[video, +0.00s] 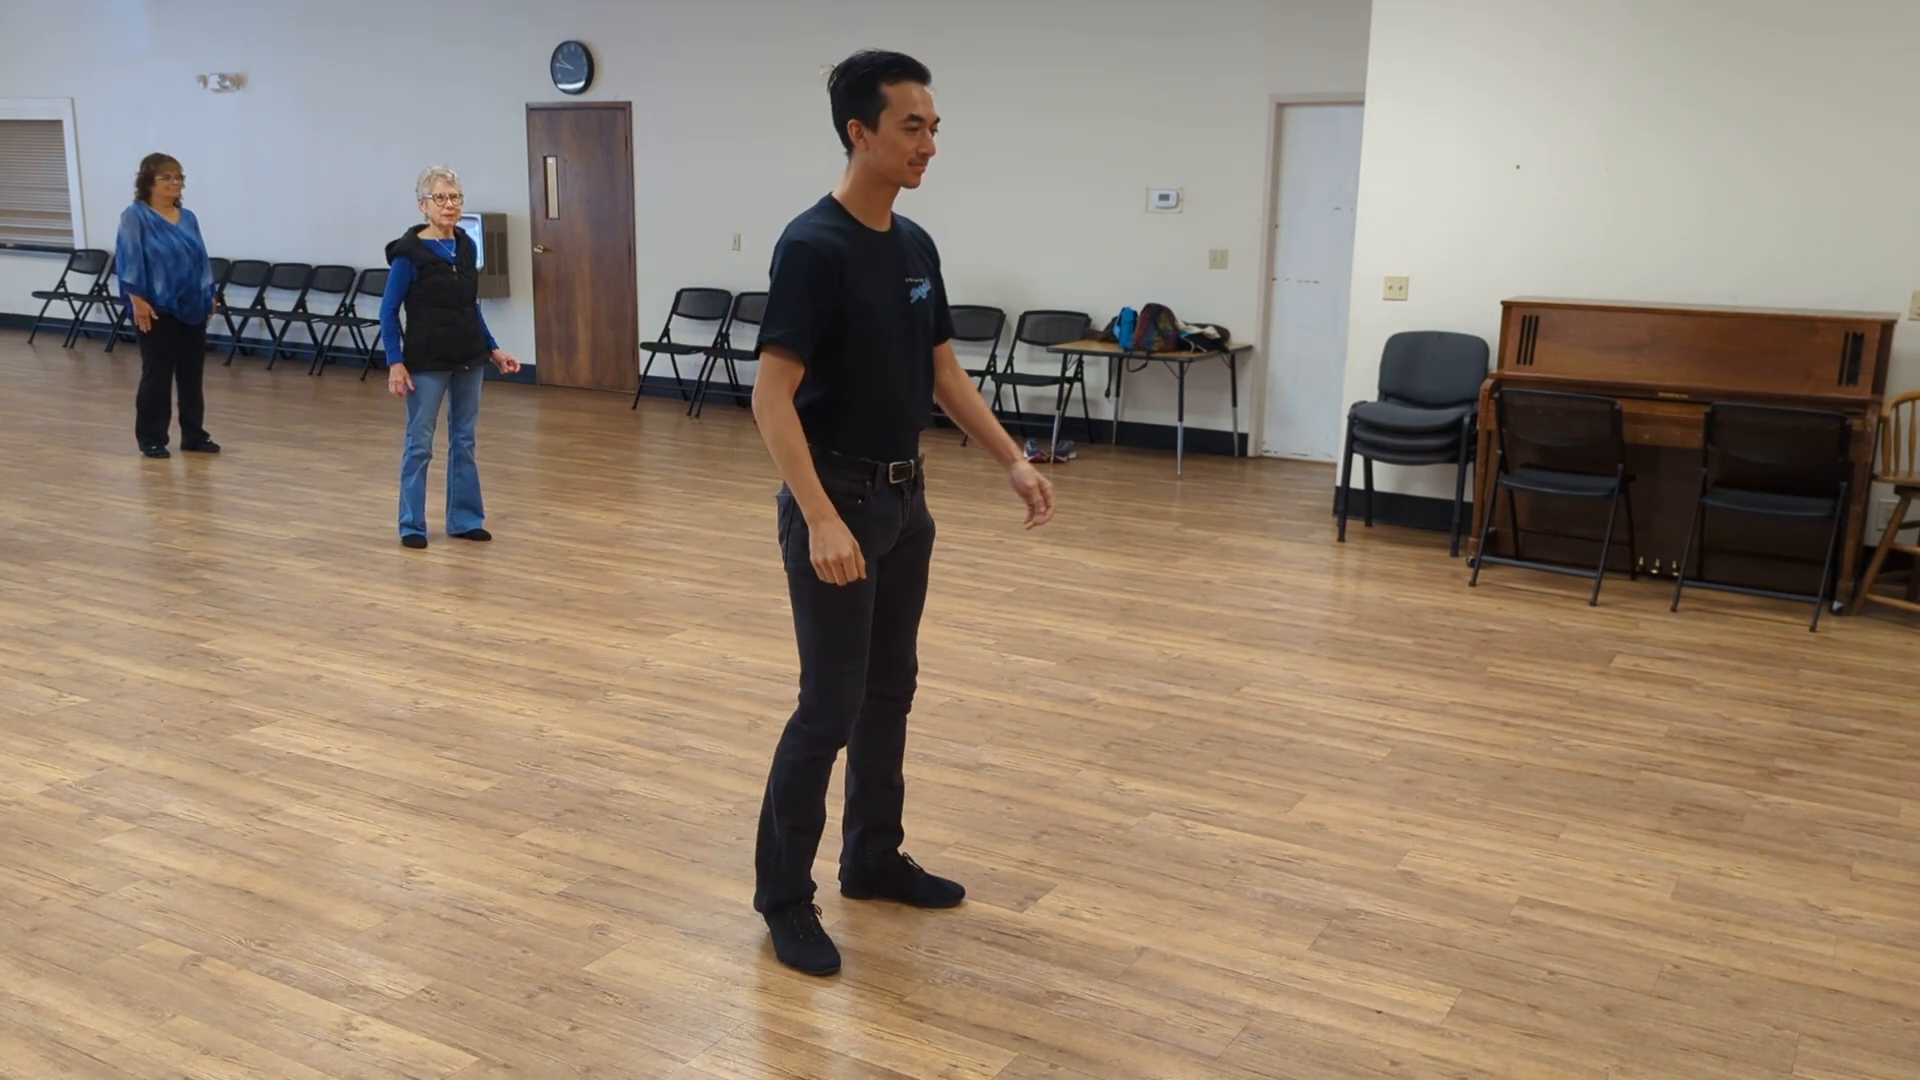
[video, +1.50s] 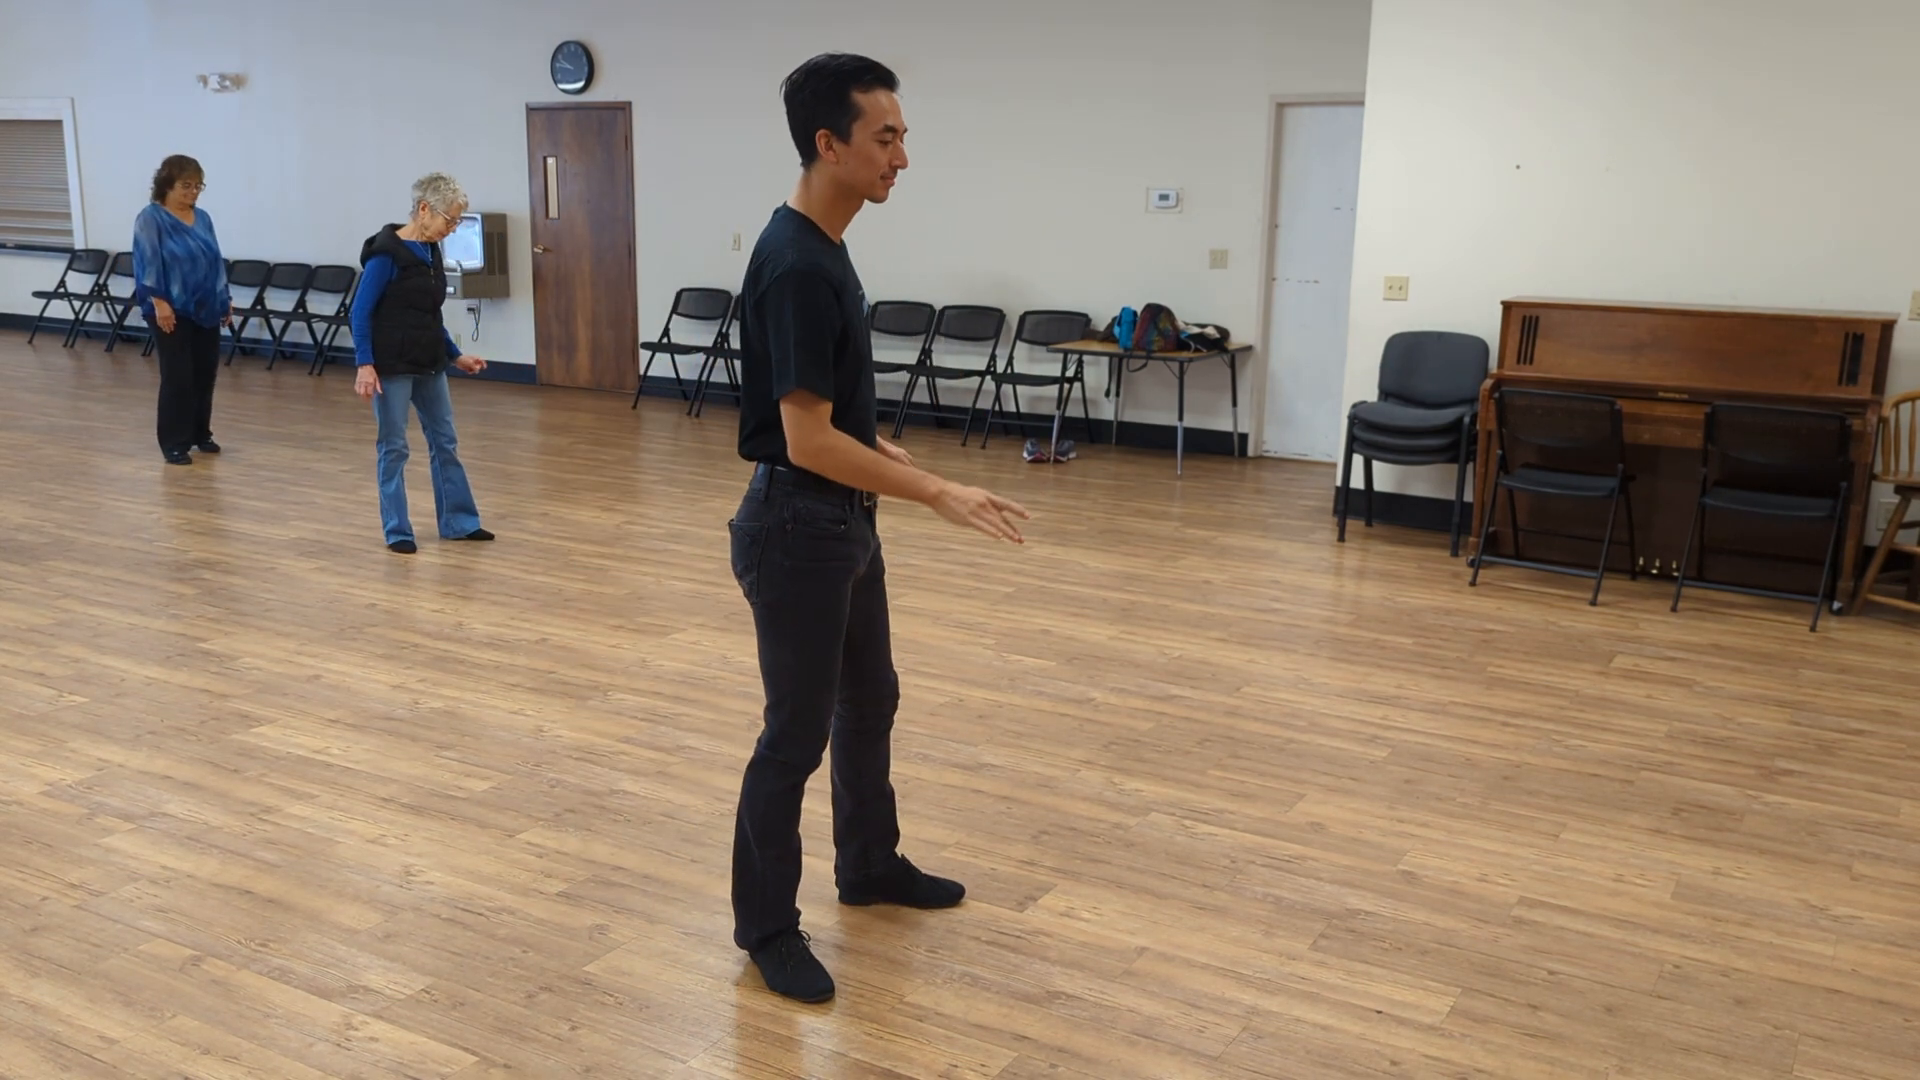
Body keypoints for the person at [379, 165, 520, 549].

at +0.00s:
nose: (449, 205)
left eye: (455, 198)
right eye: (440, 199)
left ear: (461, 202)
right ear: (424, 204)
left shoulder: (466, 247)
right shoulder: (409, 251)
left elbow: (470, 305)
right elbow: (388, 310)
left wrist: (493, 350)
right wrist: (395, 361)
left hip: (469, 358)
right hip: (427, 360)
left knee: (464, 442)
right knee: (420, 446)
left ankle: (464, 521)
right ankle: (411, 526)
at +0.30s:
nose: (457, 207)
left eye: (463, 200)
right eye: (448, 201)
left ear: (469, 205)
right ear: (431, 206)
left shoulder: (474, 247)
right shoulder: (418, 253)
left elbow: (477, 306)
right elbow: (398, 314)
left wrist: (500, 353)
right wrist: (405, 366)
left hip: (478, 359)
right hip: (437, 363)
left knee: (468, 443)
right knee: (439, 444)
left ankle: (465, 520)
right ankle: (415, 524)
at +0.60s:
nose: (460, 210)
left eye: (465, 203)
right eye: (450, 203)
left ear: (471, 207)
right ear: (433, 208)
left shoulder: (474, 249)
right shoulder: (419, 255)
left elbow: (479, 308)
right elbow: (400, 315)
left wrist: (503, 354)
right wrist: (411, 367)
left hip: (482, 358)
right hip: (441, 362)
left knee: (474, 442)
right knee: (462, 442)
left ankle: (470, 520)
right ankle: (444, 518)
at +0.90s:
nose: (461, 213)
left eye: (466, 206)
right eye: (453, 205)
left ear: (470, 208)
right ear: (432, 206)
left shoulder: (469, 250)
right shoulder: (415, 254)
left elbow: (475, 310)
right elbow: (396, 316)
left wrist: (499, 356)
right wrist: (405, 368)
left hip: (476, 362)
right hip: (436, 366)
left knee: (469, 444)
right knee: (434, 444)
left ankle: (466, 520)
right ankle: (408, 527)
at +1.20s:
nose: (461, 223)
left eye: (465, 217)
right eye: (456, 215)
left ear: (465, 215)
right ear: (429, 206)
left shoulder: (450, 250)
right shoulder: (398, 251)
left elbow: (453, 310)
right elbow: (376, 313)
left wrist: (482, 353)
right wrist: (385, 363)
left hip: (453, 363)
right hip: (411, 365)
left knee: (458, 445)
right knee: (409, 448)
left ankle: (463, 521)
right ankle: (399, 530)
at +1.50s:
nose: (453, 228)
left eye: (456, 221)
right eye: (450, 219)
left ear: (432, 214)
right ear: (424, 209)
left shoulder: (431, 251)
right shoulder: (386, 252)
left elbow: (429, 316)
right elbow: (360, 312)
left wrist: (455, 356)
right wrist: (364, 364)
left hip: (429, 363)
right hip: (391, 366)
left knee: (444, 443)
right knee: (394, 449)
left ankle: (458, 522)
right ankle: (397, 531)